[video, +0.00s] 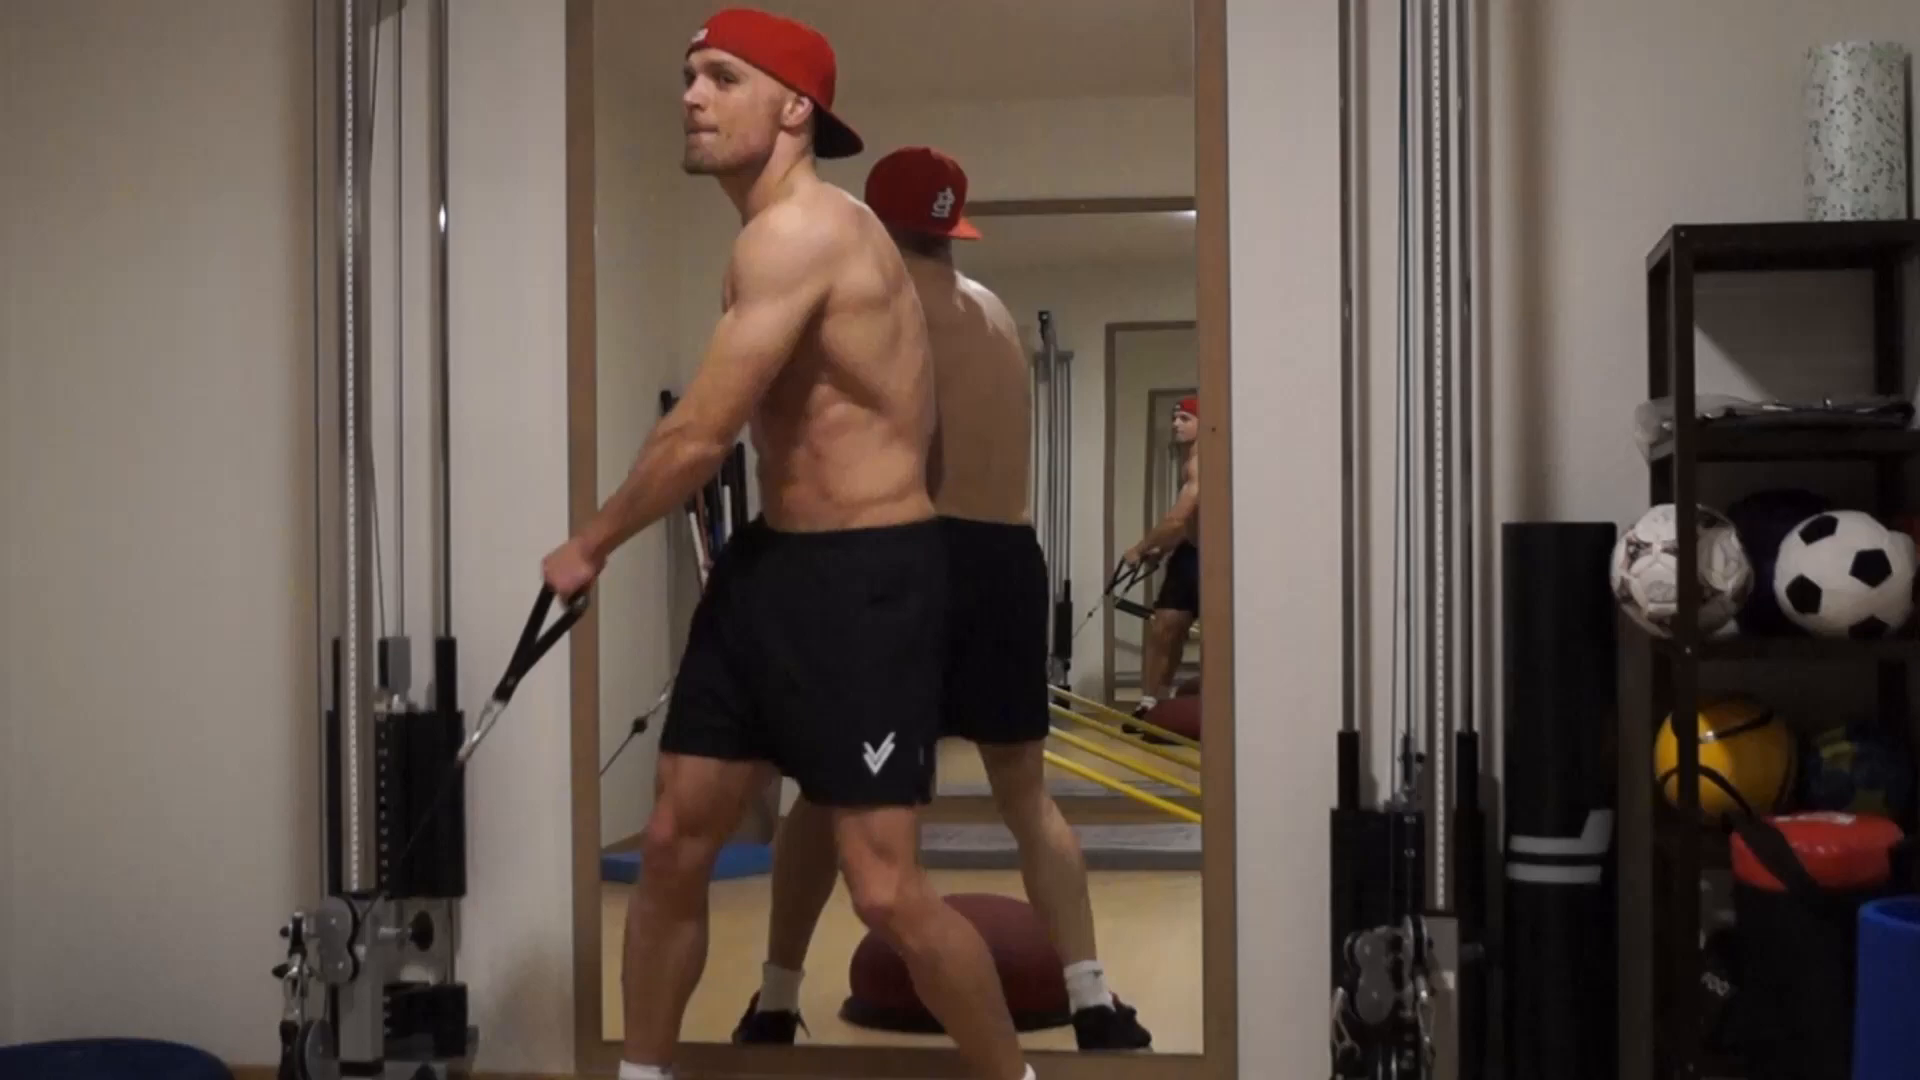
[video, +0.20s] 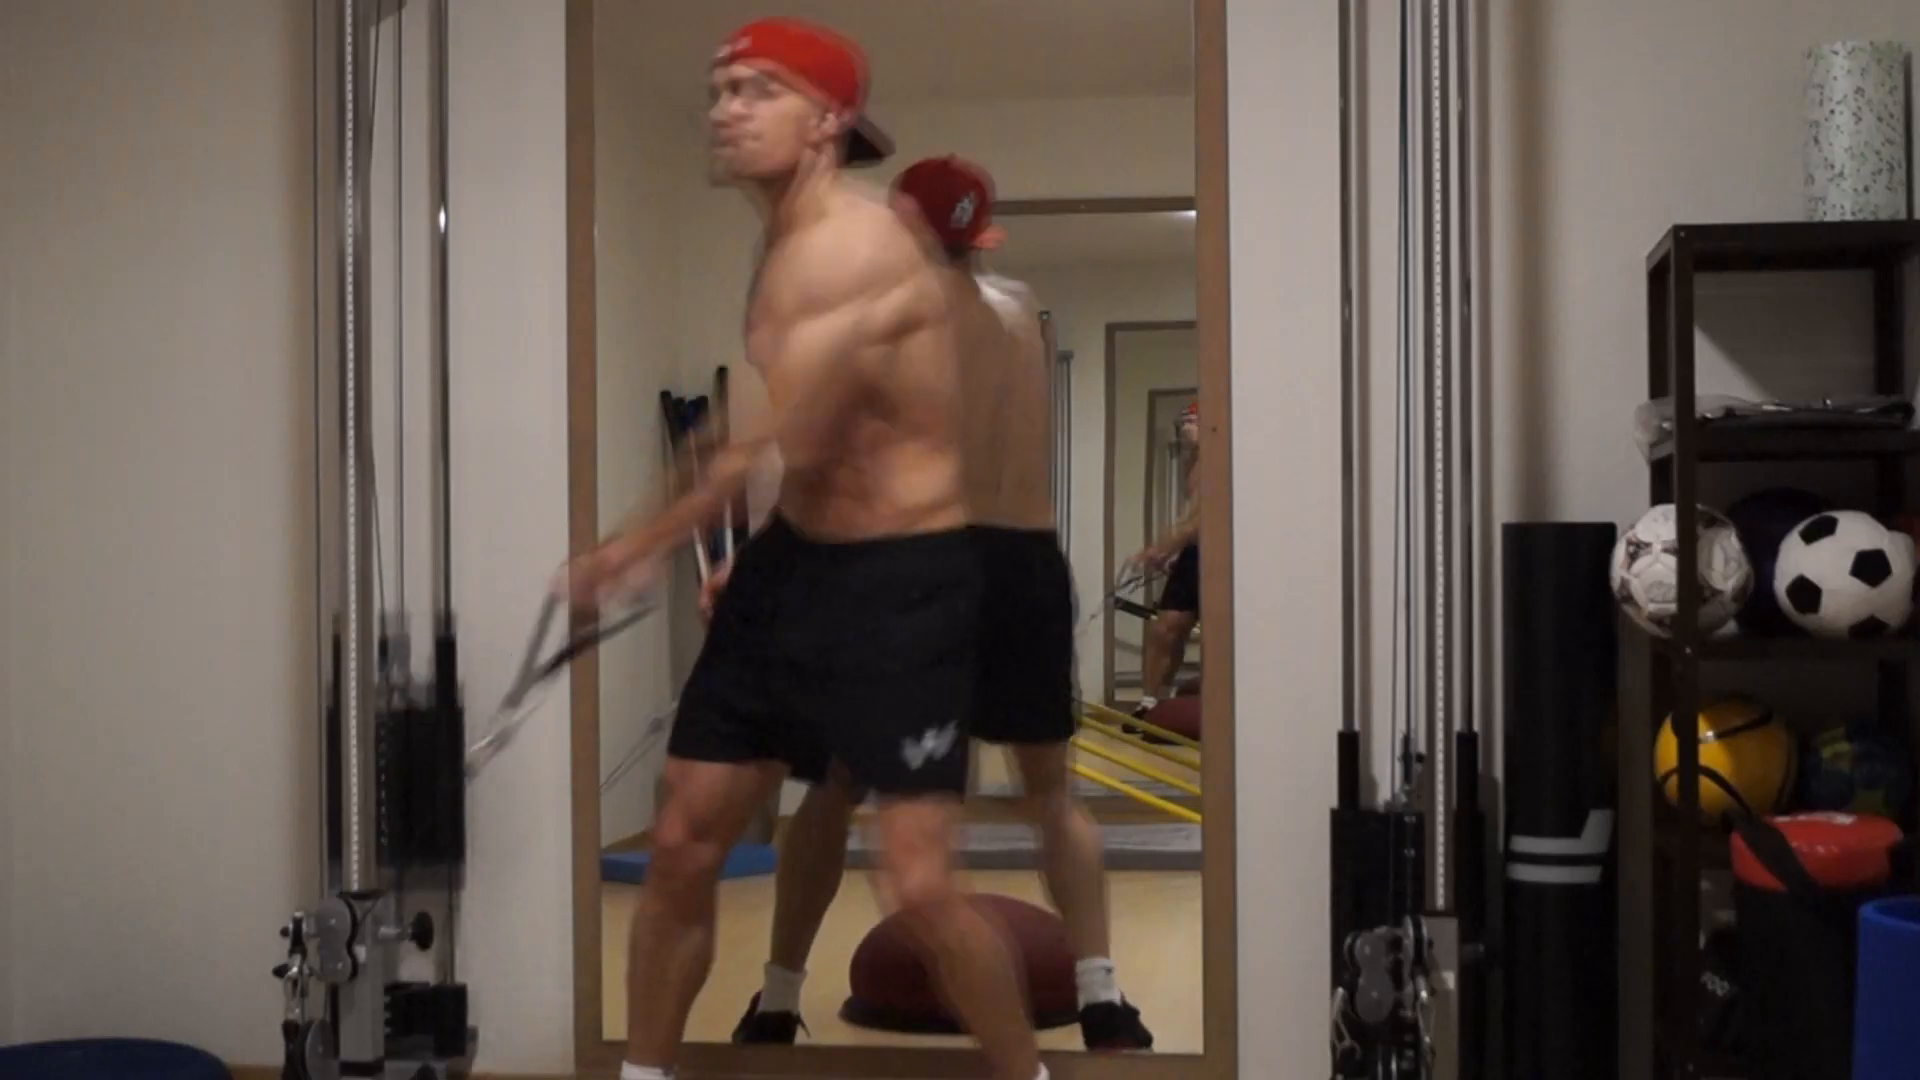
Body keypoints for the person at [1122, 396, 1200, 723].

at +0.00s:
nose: (1177, 424)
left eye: (1184, 419)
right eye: (1176, 419)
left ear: (1201, 424)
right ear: (1178, 425)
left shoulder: (1198, 461)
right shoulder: (1196, 458)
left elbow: (1180, 519)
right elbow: (1187, 522)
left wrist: (1142, 547)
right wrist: (1160, 549)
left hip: (1192, 553)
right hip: (1193, 552)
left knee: (1162, 623)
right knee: (1173, 625)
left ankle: (1150, 699)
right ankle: (1160, 696)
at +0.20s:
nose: (1186, 428)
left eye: (1191, 422)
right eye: (1185, 422)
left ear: (1207, 426)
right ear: (1189, 428)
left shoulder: (1214, 463)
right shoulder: (1198, 464)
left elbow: (1203, 517)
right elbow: (1193, 515)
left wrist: (1166, 547)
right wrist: (1165, 549)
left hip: (1205, 550)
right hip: (1194, 550)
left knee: (1170, 624)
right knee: (1169, 624)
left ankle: (1153, 698)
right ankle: (1152, 698)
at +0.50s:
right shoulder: (1208, 456)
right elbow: (1151, 475)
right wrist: (1171, 518)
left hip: (1224, 549)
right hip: (1203, 545)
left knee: (1191, 629)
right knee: (1181, 627)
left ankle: (1166, 695)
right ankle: (1152, 699)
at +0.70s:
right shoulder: (1197, 456)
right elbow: (1148, 476)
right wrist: (1169, 521)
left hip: (1224, 549)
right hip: (1198, 546)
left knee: (1191, 630)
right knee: (1179, 628)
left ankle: (1165, 695)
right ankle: (1151, 700)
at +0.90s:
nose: (1190, 431)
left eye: (1195, 424)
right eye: (1185, 425)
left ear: (1207, 426)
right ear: (1178, 430)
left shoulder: (1217, 463)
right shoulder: (1173, 466)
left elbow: (1229, 502)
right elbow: (1175, 510)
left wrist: (1205, 517)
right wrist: (1183, 525)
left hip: (1218, 549)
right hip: (1189, 547)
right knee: (1171, 623)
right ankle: (1150, 697)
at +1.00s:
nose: (1176, 434)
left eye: (1182, 426)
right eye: (1173, 427)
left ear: (1201, 426)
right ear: (1173, 430)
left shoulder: (1212, 459)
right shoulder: (1183, 461)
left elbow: (1216, 513)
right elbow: (1195, 510)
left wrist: (1177, 529)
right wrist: (1182, 534)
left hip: (1213, 549)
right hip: (1189, 547)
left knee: (1217, 630)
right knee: (1166, 624)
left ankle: (1210, 702)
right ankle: (1150, 699)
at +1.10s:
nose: (1169, 437)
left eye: (1175, 430)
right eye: (1167, 431)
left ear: (1194, 431)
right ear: (1185, 434)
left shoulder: (1197, 460)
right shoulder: (1194, 459)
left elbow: (1191, 519)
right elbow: (1193, 521)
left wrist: (1150, 540)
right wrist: (1163, 543)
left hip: (1195, 552)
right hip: (1196, 550)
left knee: (1163, 624)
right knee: (1170, 626)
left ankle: (1148, 700)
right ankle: (1159, 697)